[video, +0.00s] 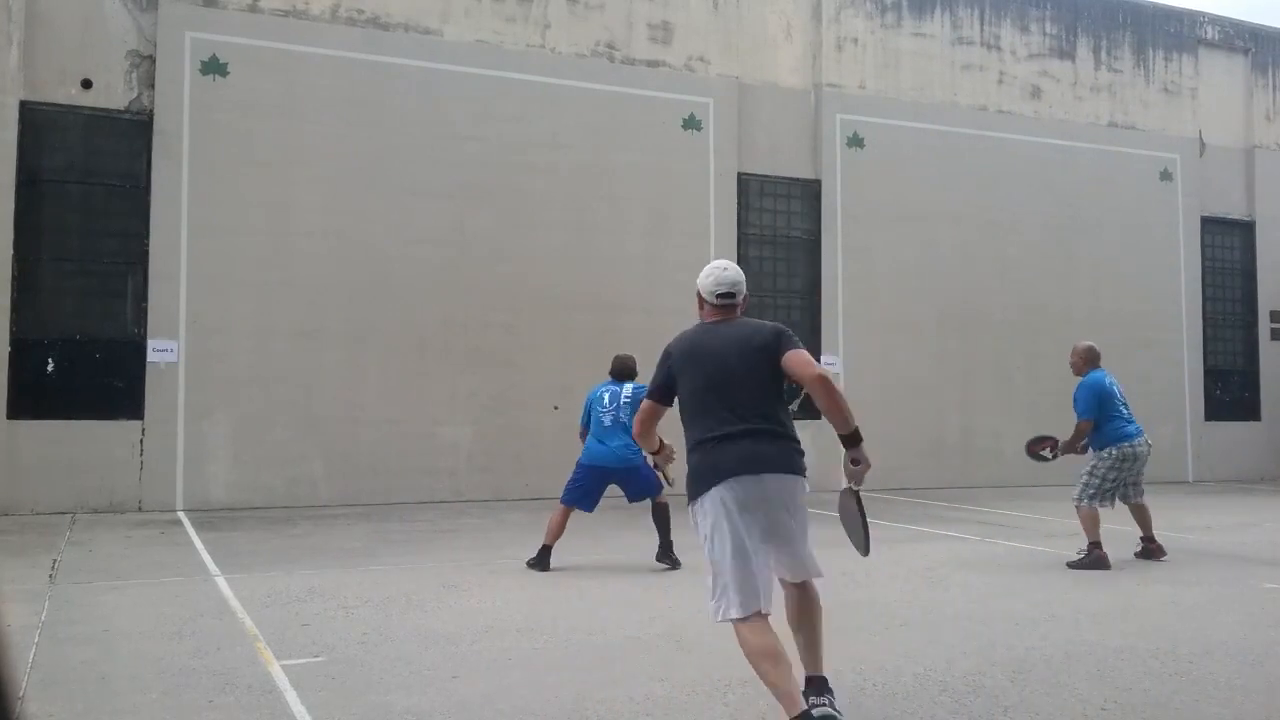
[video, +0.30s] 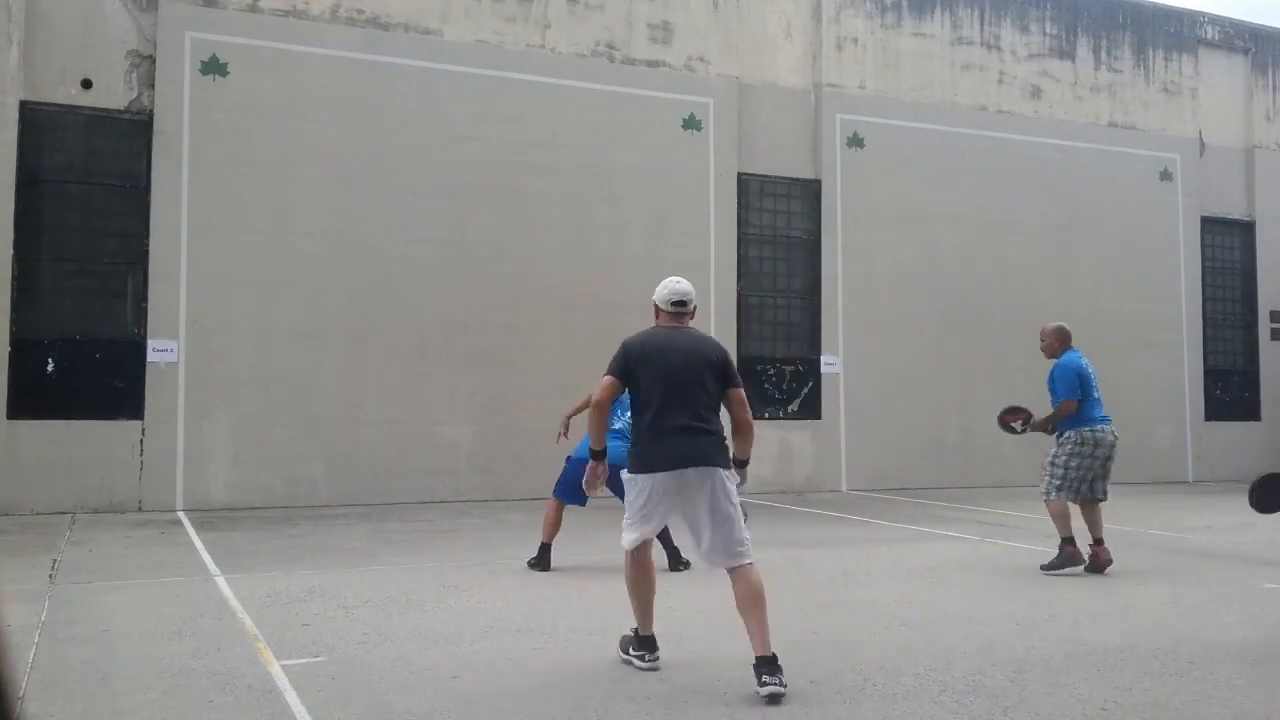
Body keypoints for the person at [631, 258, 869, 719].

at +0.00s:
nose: (700, 306)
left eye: (699, 300)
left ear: (700, 302)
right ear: (744, 301)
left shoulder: (680, 348)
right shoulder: (772, 334)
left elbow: (642, 426)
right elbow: (814, 376)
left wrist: (656, 449)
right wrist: (853, 443)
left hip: (716, 478)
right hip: (778, 469)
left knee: (746, 611)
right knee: (797, 577)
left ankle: (799, 711)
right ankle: (816, 684)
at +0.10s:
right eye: (735, 292)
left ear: (694, 293)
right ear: (737, 294)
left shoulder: (668, 334)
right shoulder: (758, 331)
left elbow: (632, 402)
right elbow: (798, 384)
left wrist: (666, 422)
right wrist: (823, 445)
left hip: (692, 463)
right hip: (751, 458)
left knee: (729, 582)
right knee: (765, 561)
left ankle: (776, 670)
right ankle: (771, 667)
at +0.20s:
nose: (691, 306)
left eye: (685, 300)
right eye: (711, 301)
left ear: (682, 301)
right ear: (723, 304)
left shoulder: (656, 341)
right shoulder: (741, 345)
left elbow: (621, 405)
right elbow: (777, 415)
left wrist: (643, 442)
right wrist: (787, 466)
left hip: (673, 468)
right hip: (731, 464)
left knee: (680, 568)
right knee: (752, 563)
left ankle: (723, 645)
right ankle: (771, 669)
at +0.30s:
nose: (666, 314)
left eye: (661, 307)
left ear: (655, 310)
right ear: (694, 313)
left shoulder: (634, 346)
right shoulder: (714, 350)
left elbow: (600, 400)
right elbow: (743, 419)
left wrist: (598, 456)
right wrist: (739, 467)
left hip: (651, 468)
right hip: (709, 466)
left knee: (638, 542)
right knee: (739, 562)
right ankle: (766, 664)